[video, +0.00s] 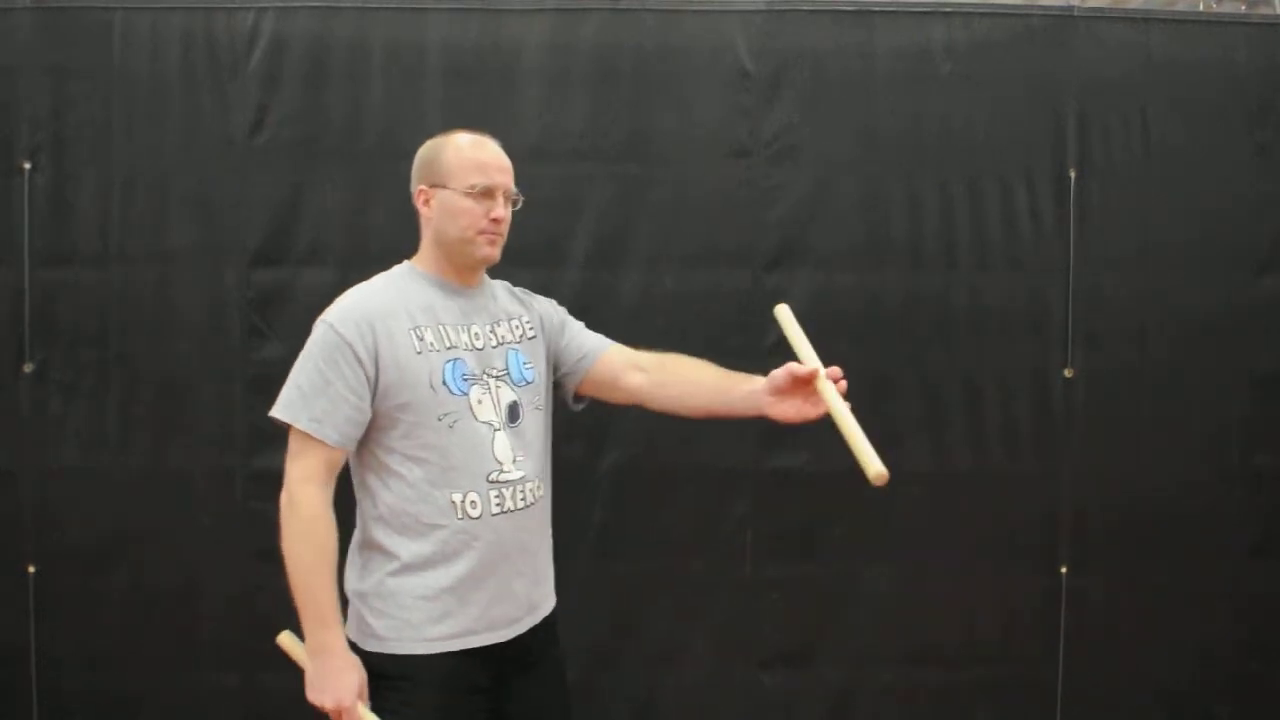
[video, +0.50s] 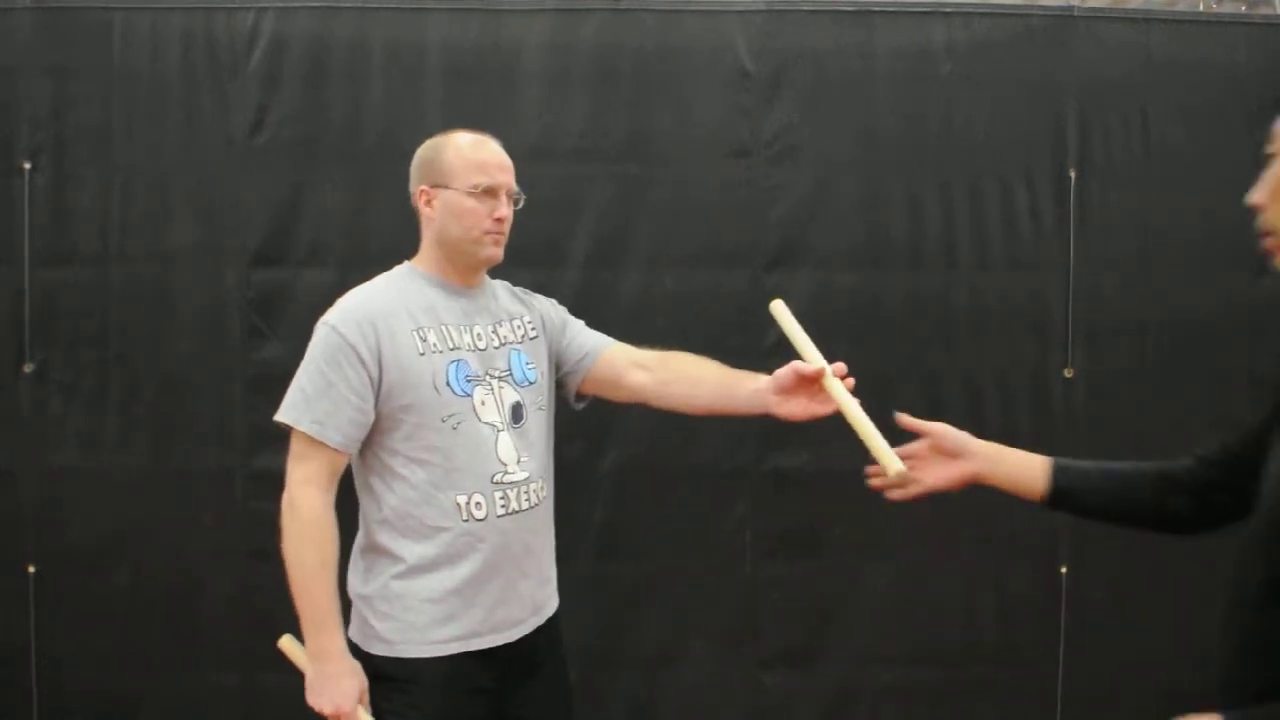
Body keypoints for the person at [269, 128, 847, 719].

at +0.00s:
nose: (501, 213)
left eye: (507, 198)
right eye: (481, 195)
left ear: (513, 206)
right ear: (424, 200)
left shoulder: (529, 315)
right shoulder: (359, 322)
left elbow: (635, 374)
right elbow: (305, 489)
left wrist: (761, 395)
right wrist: (327, 650)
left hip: (527, 633)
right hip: (411, 650)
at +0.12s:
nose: (502, 213)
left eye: (508, 197)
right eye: (482, 194)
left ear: (514, 206)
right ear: (425, 200)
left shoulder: (529, 315)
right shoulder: (360, 322)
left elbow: (637, 373)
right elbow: (304, 487)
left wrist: (761, 394)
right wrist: (317, 649)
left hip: (528, 634)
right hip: (412, 651)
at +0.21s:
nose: (503, 212)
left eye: (509, 197)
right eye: (483, 194)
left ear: (514, 205)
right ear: (425, 201)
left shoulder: (530, 315)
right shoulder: (359, 322)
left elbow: (637, 372)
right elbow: (304, 488)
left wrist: (761, 394)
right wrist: (315, 651)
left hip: (529, 634)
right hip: (412, 652)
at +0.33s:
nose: (503, 211)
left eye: (509, 196)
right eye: (483, 193)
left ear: (513, 205)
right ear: (426, 201)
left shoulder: (529, 315)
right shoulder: (360, 323)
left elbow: (639, 373)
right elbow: (304, 490)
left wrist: (763, 394)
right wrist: (317, 651)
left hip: (529, 636)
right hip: (413, 653)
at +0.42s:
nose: (504, 211)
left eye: (509, 196)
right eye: (484, 194)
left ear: (513, 205)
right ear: (426, 201)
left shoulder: (530, 315)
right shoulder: (360, 323)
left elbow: (639, 373)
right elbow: (306, 489)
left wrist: (764, 394)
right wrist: (322, 653)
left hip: (530, 636)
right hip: (414, 654)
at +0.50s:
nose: (505, 212)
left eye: (510, 196)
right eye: (485, 194)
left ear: (513, 205)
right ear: (426, 201)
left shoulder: (530, 315)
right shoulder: (361, 323)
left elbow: (640, 372)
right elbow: (307, 490)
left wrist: (766, 394)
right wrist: (327, 653)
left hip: (530, 635)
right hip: (415, 654)